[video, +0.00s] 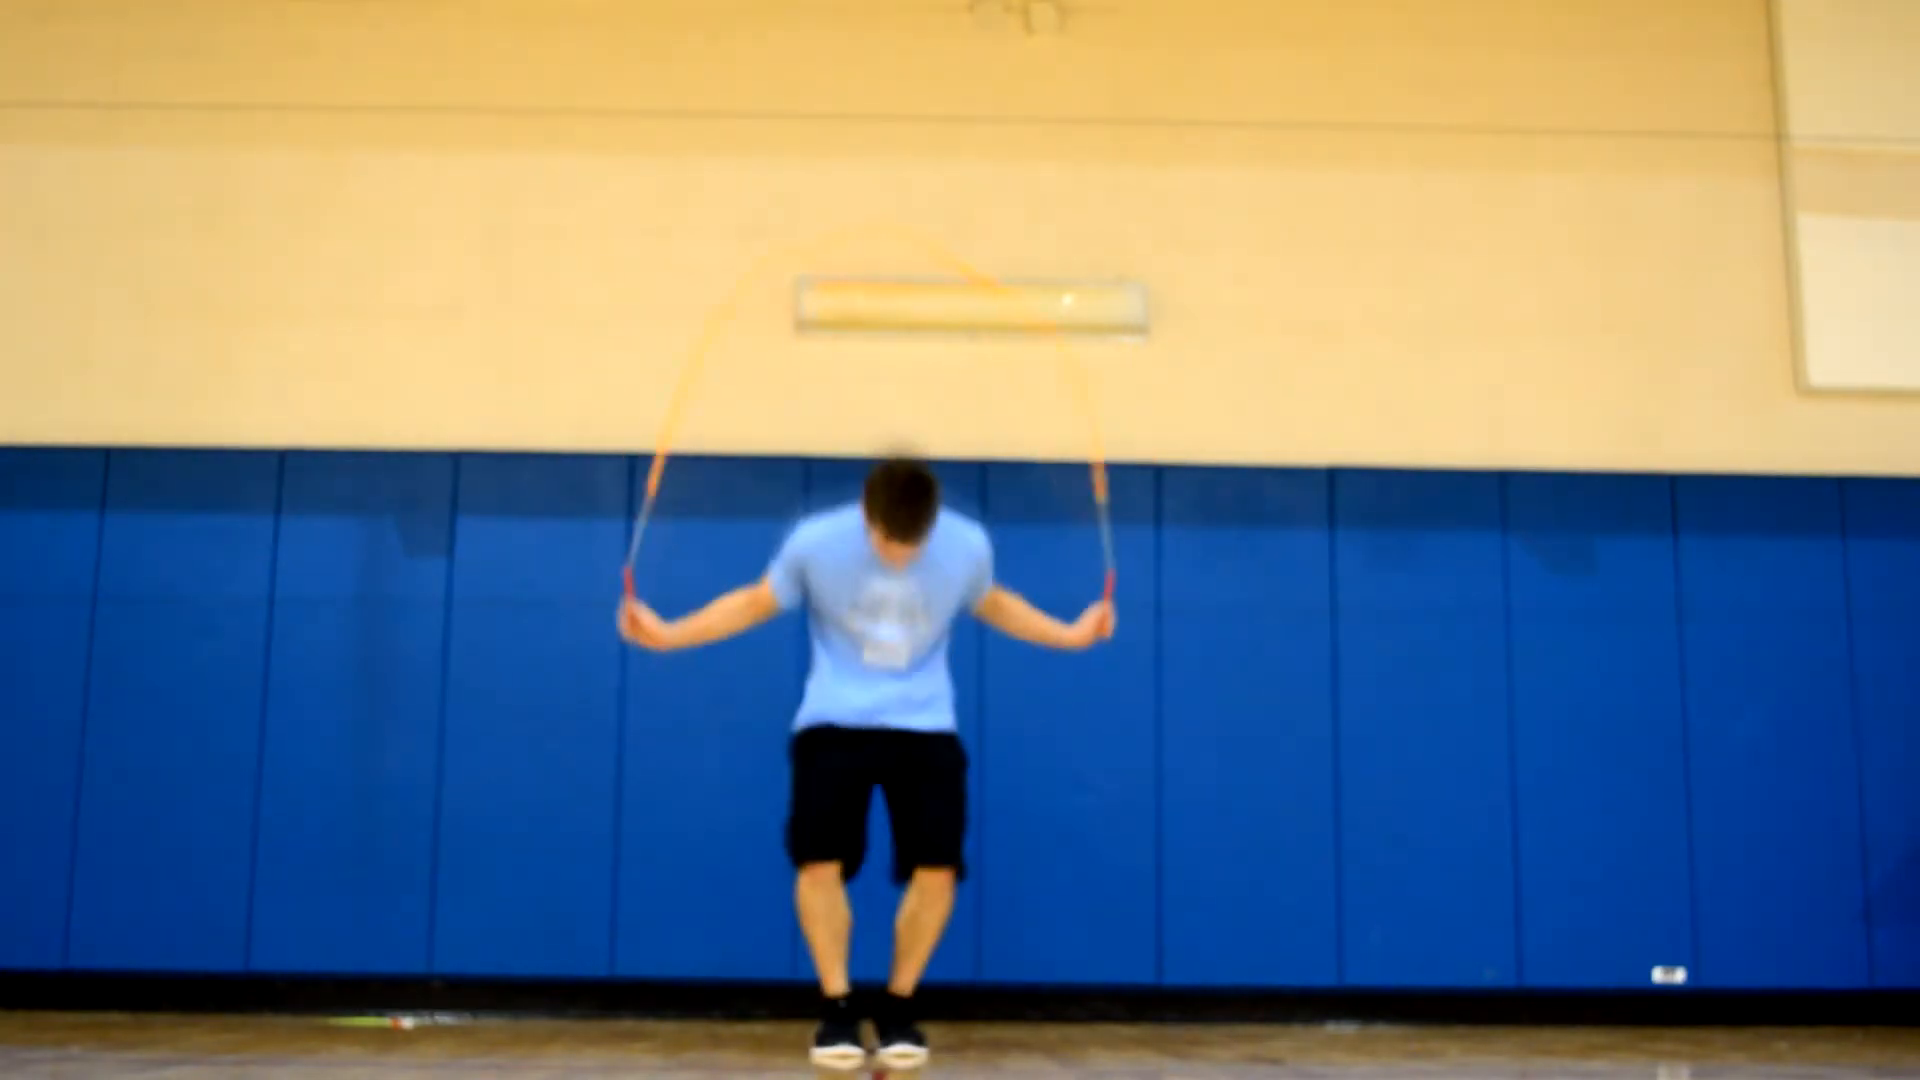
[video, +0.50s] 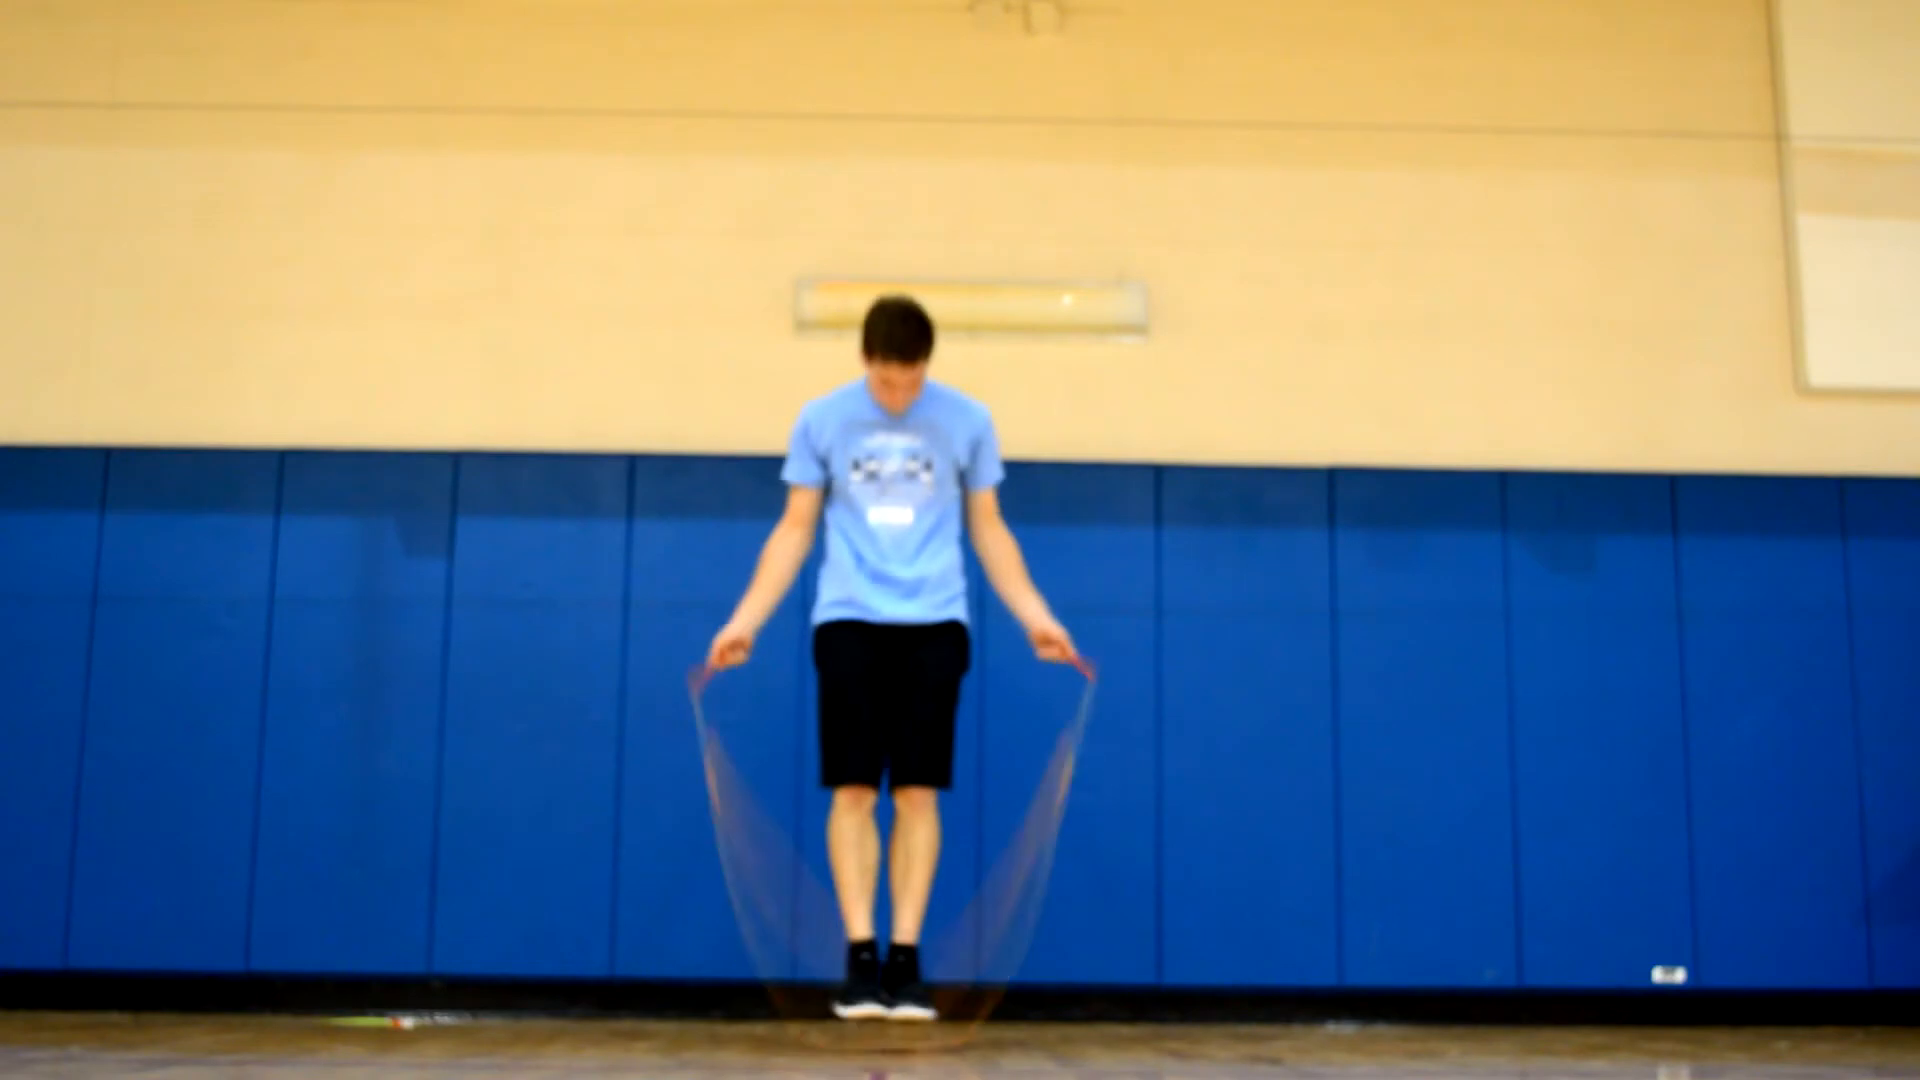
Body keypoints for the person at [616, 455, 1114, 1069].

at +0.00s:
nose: (897, 554)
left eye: (909, 545)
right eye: (887, 541)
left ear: (930, 528)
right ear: (868, 519)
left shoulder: (964, 548)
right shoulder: (818, 544)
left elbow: (989, 603)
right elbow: (758, 601)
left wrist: (1070, 634)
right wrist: (667, 635)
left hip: (925, 724)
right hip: (834, 721)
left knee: (937, 867)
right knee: (818, 861)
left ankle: (898, 1010)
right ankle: (837, 1012)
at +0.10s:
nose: (894, 502)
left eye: (904, 492)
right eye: (884, 490)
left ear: (925, 475)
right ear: (866, 472)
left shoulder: (961, 509)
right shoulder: (818, 505)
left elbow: (993, 586)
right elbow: (765, 584)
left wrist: (1061, 638)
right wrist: (690, 637)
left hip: (928, 711)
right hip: (838, 708)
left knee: (932, 851)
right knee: (827, 848)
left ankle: (902, 1006)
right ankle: (838, 1002)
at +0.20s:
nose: (893, 466)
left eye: (904, 454)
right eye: (882, 452)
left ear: (924, 436)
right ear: (864, 433)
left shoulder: (963, 475)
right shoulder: (819, 473)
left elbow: (996, 565)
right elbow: (773, 564)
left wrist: (1053, 635)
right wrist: (710, 635)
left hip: (928, 676)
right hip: (840, 673)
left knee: (926, 823)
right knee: (835, 818)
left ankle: (903, 991)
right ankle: (842, 986)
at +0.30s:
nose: (892, 425)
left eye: (904, 413)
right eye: (881, 412)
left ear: (924, 397)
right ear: (863, 395)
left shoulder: (964, 444)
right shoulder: (820, 441)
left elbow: (996, 546)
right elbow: (780, 545)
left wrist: (1049, 632)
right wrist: (724, 634)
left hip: (930, 645)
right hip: (843, 642)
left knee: (918, 799)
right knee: (844, 795)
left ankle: (904, 978)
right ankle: (847, 974)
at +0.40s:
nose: (895, 403)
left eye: (907, 390)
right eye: (884, 389)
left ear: (926, 376)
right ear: (863, 373)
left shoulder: (964, 428)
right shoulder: (822, 427)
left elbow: (992, 532)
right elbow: (788, 531)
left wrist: (1045, 622)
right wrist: (735, 627)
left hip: (932, 628)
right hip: (847, 625)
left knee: (916, 791)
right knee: (851, 789)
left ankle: (903, 966)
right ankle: (854, 961)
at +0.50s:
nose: (898, 391)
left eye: (909, 377)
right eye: (886, 377)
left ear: (929, 364)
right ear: (865, 362)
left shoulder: (965, 421)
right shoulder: (824, 421)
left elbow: (988, 527)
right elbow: (795, 529)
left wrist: (1037, 619)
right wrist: (744, 624)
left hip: (933, 624)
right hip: (850, 622)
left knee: (917, 790)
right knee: (855, 789)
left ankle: (905, 966)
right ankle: (861, 964)